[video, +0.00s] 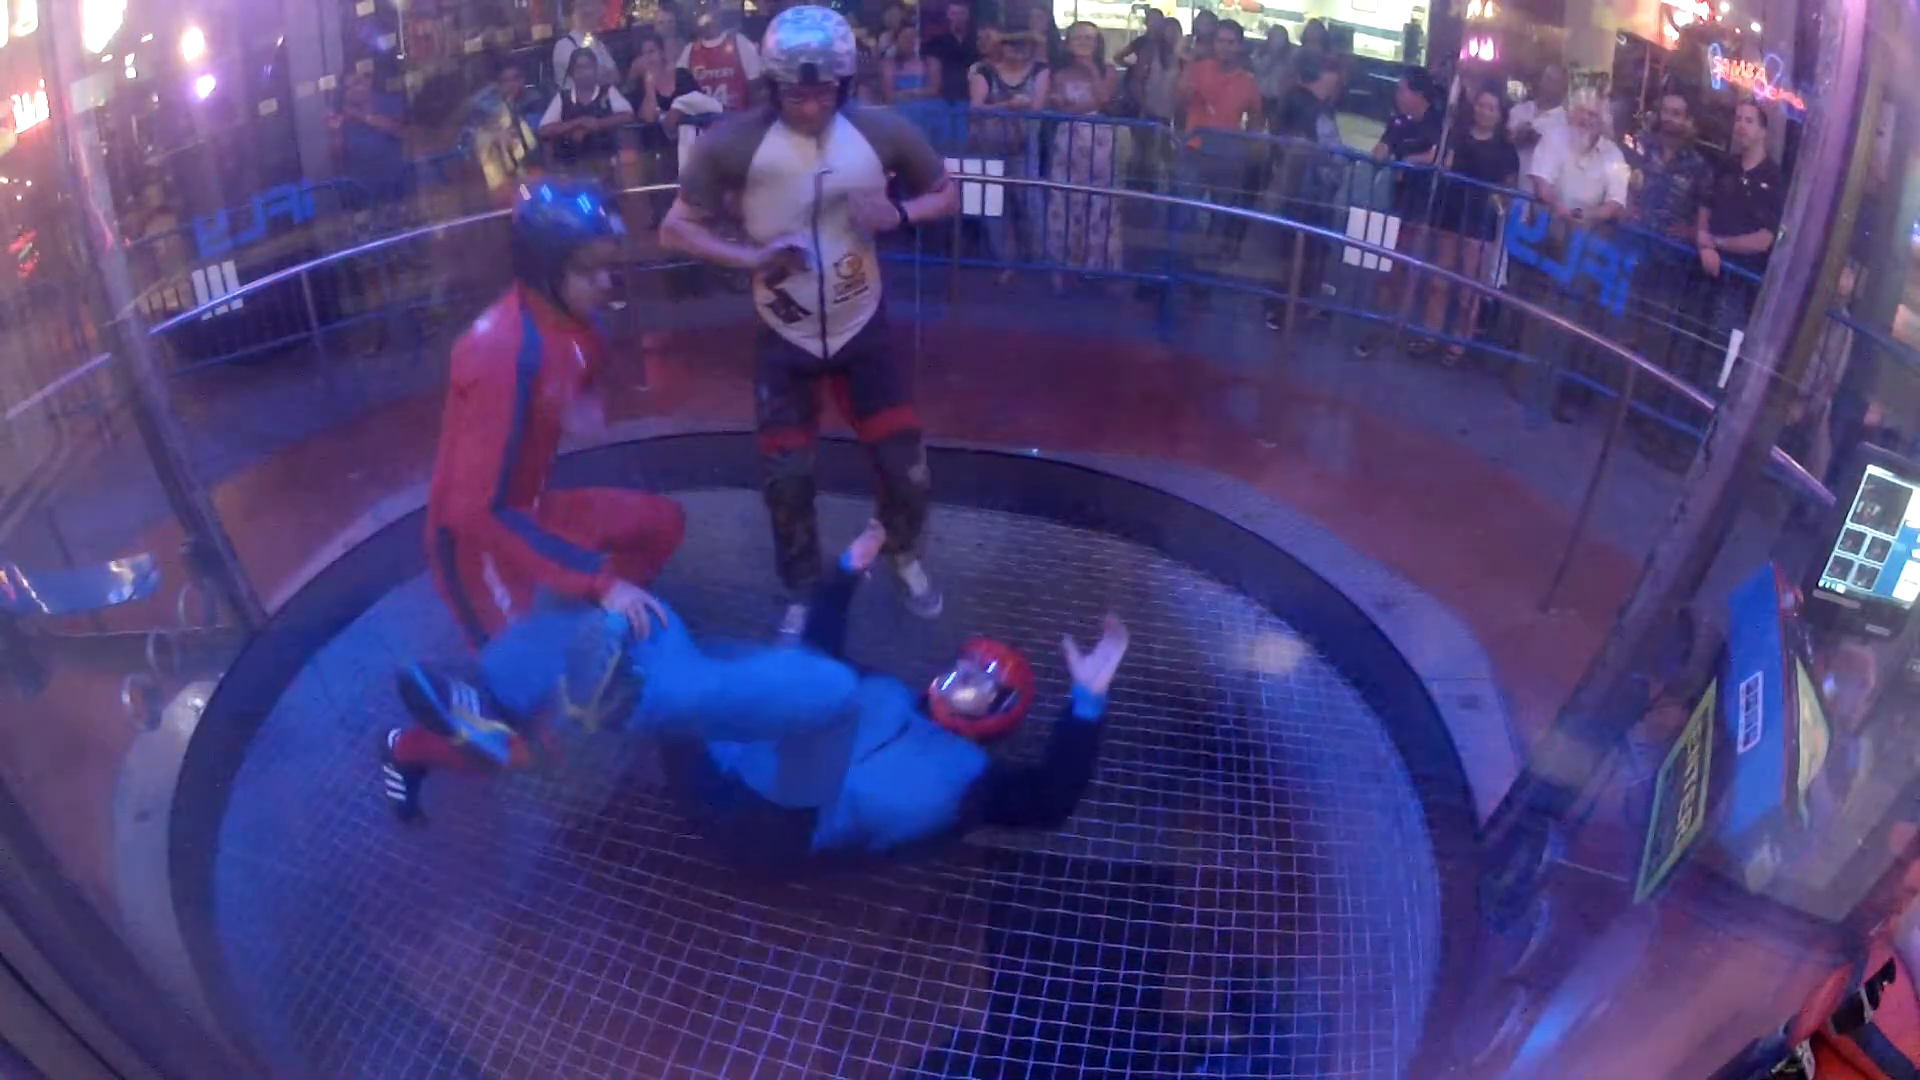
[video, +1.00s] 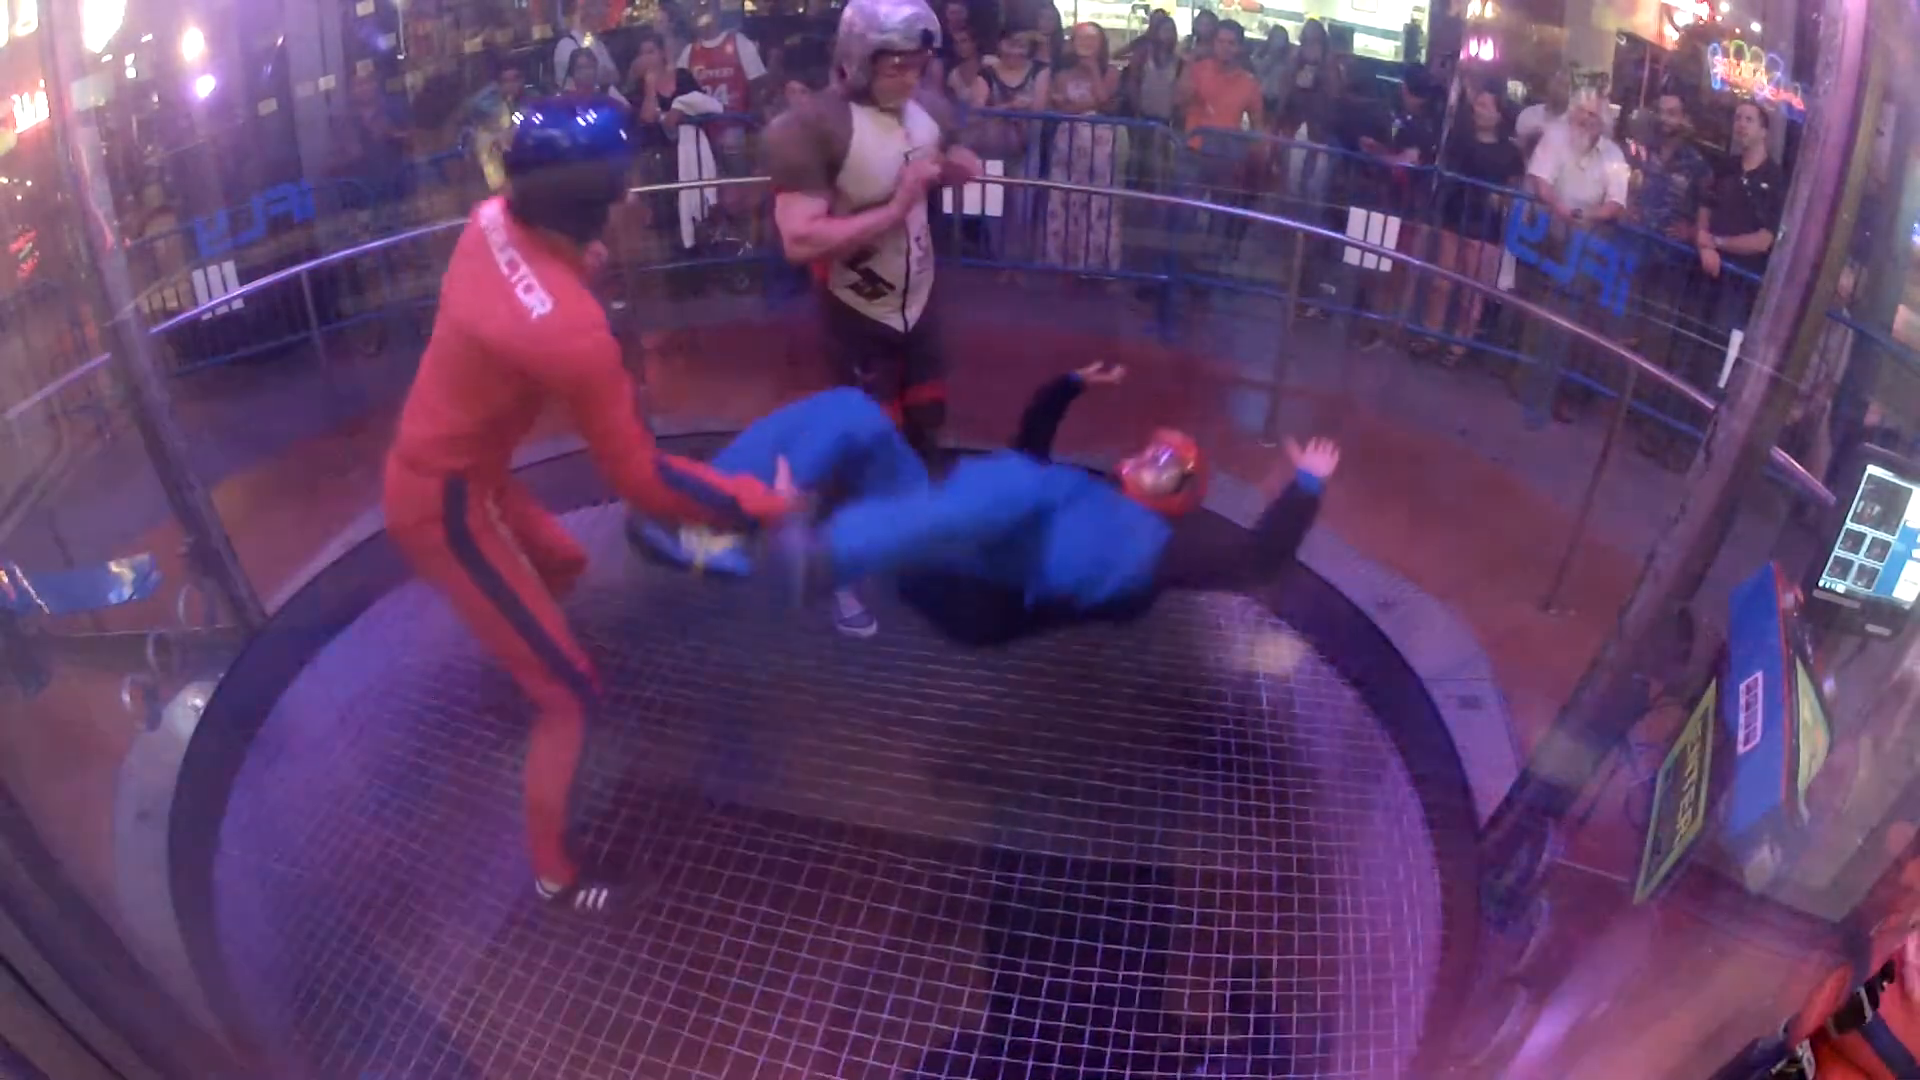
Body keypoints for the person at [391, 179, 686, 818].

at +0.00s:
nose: (607, 283)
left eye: (610, 268)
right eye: (592, 271)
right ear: (547, 269)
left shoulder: (566, 323)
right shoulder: (503, 353)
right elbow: (474, 513)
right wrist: (601, 585)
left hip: (532, 506)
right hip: (476, 542)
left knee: (660, 521)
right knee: (534, 727)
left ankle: (579, 652)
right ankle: (404, 750)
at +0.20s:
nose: (578, 221)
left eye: (578, 205)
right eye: (564, 210)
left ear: (530, 212)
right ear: (520, 216)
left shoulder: (548, 271)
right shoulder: (501, 319)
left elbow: (543, 346)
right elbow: (511, 478)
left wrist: (572, 361)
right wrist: (620, 581)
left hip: (536, 474)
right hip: (485, 503)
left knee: (632, 579)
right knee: (526, 698)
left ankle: (514, 634)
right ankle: (398, 747)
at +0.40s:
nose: (598, 211)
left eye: (597, 197)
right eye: (584, 201)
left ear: (549, 206)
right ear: (540, 210)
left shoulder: (547, 255)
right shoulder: (523, 310)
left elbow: (545, 306)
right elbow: (537, 473)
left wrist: (584, 308)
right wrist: (643, 573)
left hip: (540, 457)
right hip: (492, 488)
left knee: (623, 554)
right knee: (564, 672)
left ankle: (544, 628)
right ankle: (425, 716)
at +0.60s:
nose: (630, 211)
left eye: (627, 196)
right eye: (616, 201)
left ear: (567, 206)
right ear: (575, 214)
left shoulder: (541, 243)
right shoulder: (548, 315)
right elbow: (590, 484)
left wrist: (592, 301)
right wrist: (705, 579)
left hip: (525, 445)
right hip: (483, 475)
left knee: (615, 534)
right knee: (602, 628)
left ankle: (539, 616)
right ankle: (517, 784)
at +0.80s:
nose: (641, 219)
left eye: (638, 206)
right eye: (630, 212)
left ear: (554, 206)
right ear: (593, 226)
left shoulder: (524, 233)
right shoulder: (565, 332)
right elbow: (634, 486)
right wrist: (756, 562)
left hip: (494, 457)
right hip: (463, 486)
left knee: (577, 567)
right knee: (569, 681)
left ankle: (515, 653)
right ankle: (551, 873)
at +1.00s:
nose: (624, 202)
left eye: (620, 188)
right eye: (617, 191)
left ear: (530, 184)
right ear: (594, 207)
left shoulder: (491, 222)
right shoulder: (571, 328)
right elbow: (636, 475)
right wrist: (752, 502)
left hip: (451, 464)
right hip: (445, 500)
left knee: (563, 561)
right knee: (566, 690)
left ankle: (506, 658)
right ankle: (551, 874)